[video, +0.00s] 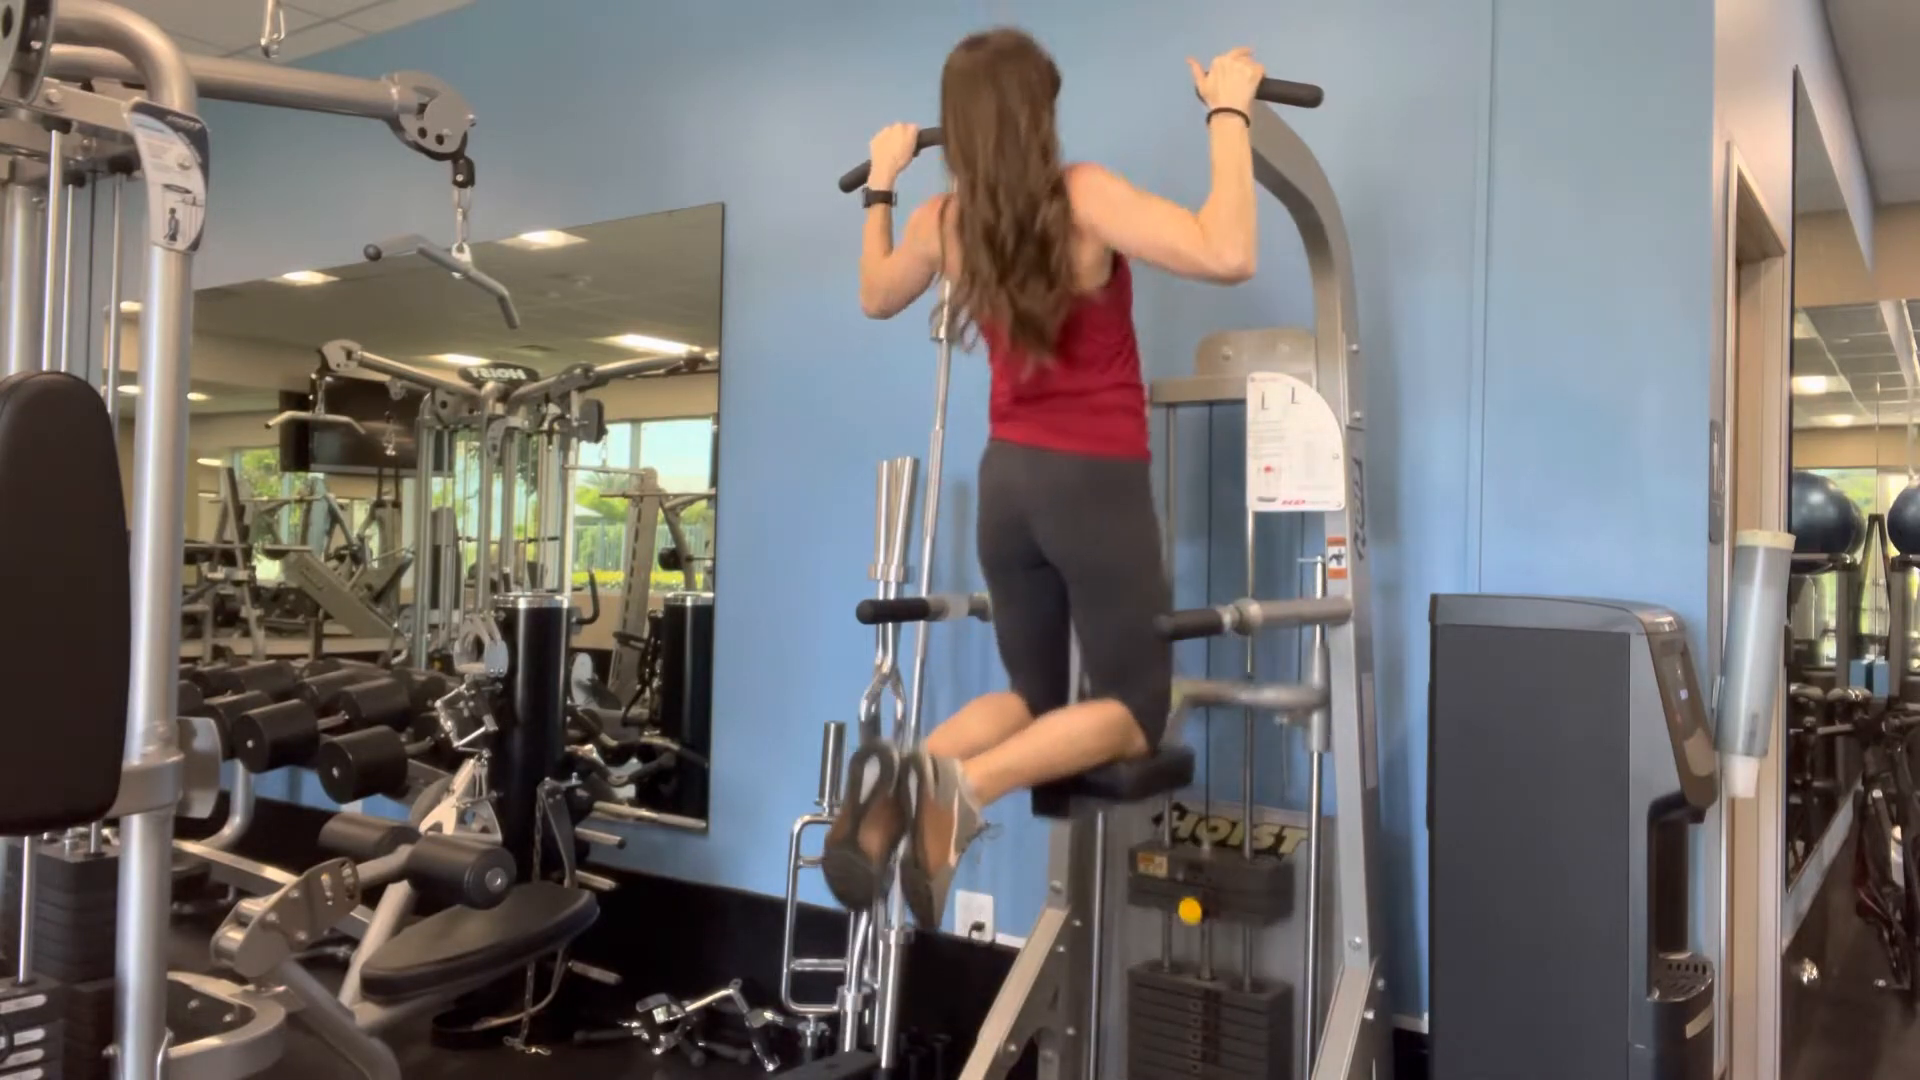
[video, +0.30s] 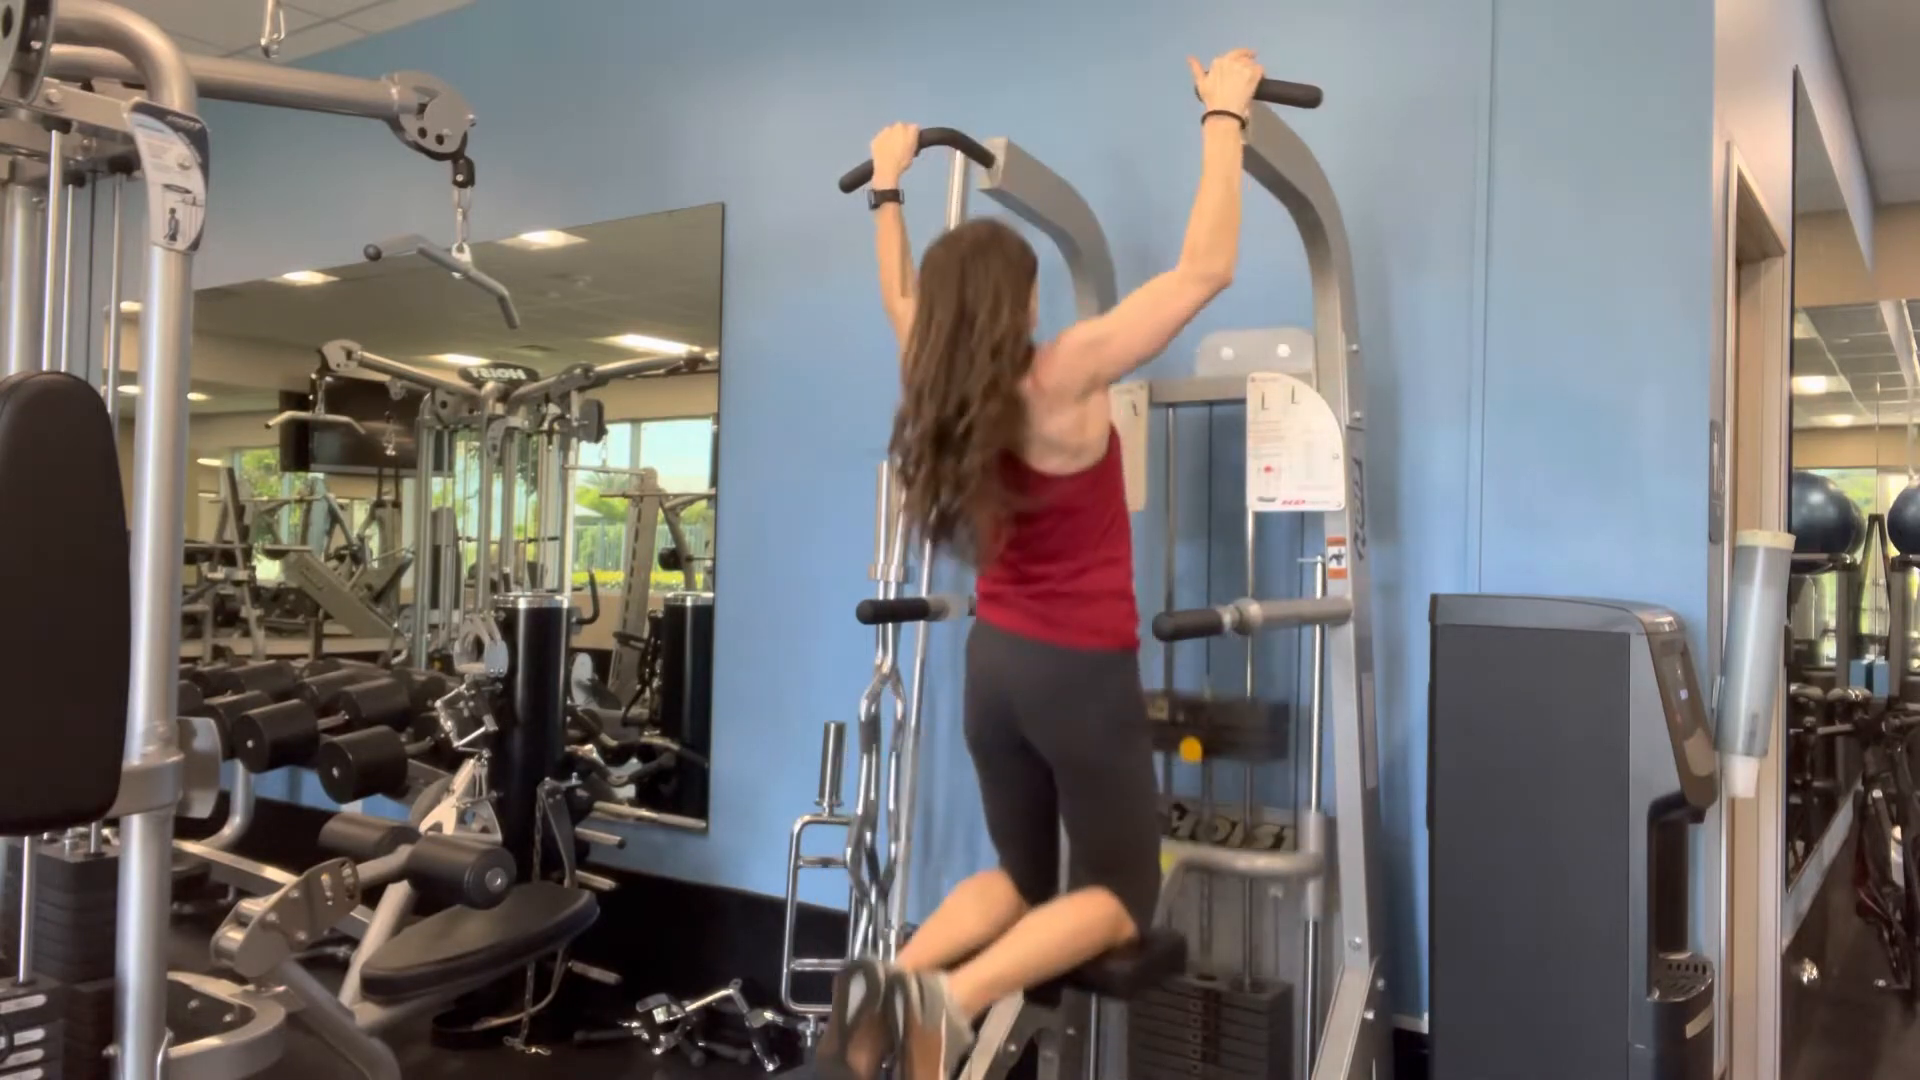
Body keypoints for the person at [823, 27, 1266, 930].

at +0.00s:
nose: (1057, 112)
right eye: (1053, 99)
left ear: (956, 122)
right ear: (1042, 111)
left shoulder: (946, 217)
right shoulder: (1084, 193)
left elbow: (879, 295)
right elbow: (1227, 252)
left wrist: (878, 187)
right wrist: (1229, 114)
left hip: (1006, 480)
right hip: (1093, 482)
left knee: (1034, 697)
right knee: (1133, 711)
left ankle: (899, 787)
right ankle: (966, 787)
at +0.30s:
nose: (1032, 287)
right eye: (1023, 275)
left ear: (945, 307)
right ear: (1025, 293)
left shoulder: (946, 383)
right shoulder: (1069, 366)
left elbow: (900, 293)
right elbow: (1205, 270)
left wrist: (884, 184)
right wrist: (1224, 117)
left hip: (992, 664)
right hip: (1081, 672)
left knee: (1020, 878)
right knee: (1121, 900)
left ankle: (890, 984)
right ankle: (950, 1002)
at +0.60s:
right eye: (1051, 352)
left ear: (971, 393)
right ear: (1050, 377)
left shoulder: (984, 451)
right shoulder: (1099, 435)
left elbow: (932, 306)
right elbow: (1185, 278)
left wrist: (891, 188)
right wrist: (1222, 118)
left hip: (1004, 743)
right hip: (1089, 754)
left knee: (1020, 962)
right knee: (1122, 982)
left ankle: (891, 1068)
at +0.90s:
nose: (1048, 322)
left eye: (988, 321)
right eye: (1040, 315)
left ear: (962, 349)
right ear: (1037, 336)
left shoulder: (961, 424)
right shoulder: (1088, 401)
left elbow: (914, 301)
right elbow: (1200, 277)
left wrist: (888, 185)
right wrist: (1223, 119)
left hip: (997, 695)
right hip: (1087, 708)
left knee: (1016, 915)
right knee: (1119, 935)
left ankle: (900, 1035)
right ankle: (968, 1049)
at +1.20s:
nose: (1049, 225)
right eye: (1041, 212)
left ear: (953, 234)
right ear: (1034, 227)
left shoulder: (944, 328)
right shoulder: (1074, 308)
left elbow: (891, 289)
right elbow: (1234, 263)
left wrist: (886, 186)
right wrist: (1230, 116)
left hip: (998, 601)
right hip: (1088, 605)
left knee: (1024, 815)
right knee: (1129, 835)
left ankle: (905, 927)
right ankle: (962, 936)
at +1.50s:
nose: (1058, 119)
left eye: (1053, 105)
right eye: (1053, 105)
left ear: (957, 123)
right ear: (1041, 116)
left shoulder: (953, 219)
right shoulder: (1081, 200)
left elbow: (880, 298)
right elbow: (1232, 254)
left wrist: (883, 185)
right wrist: (1232, 116)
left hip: (1003, 493)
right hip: (1092, 498)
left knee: (1028, 716)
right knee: (1131, 727)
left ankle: (903, 833)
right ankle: (969, 831)